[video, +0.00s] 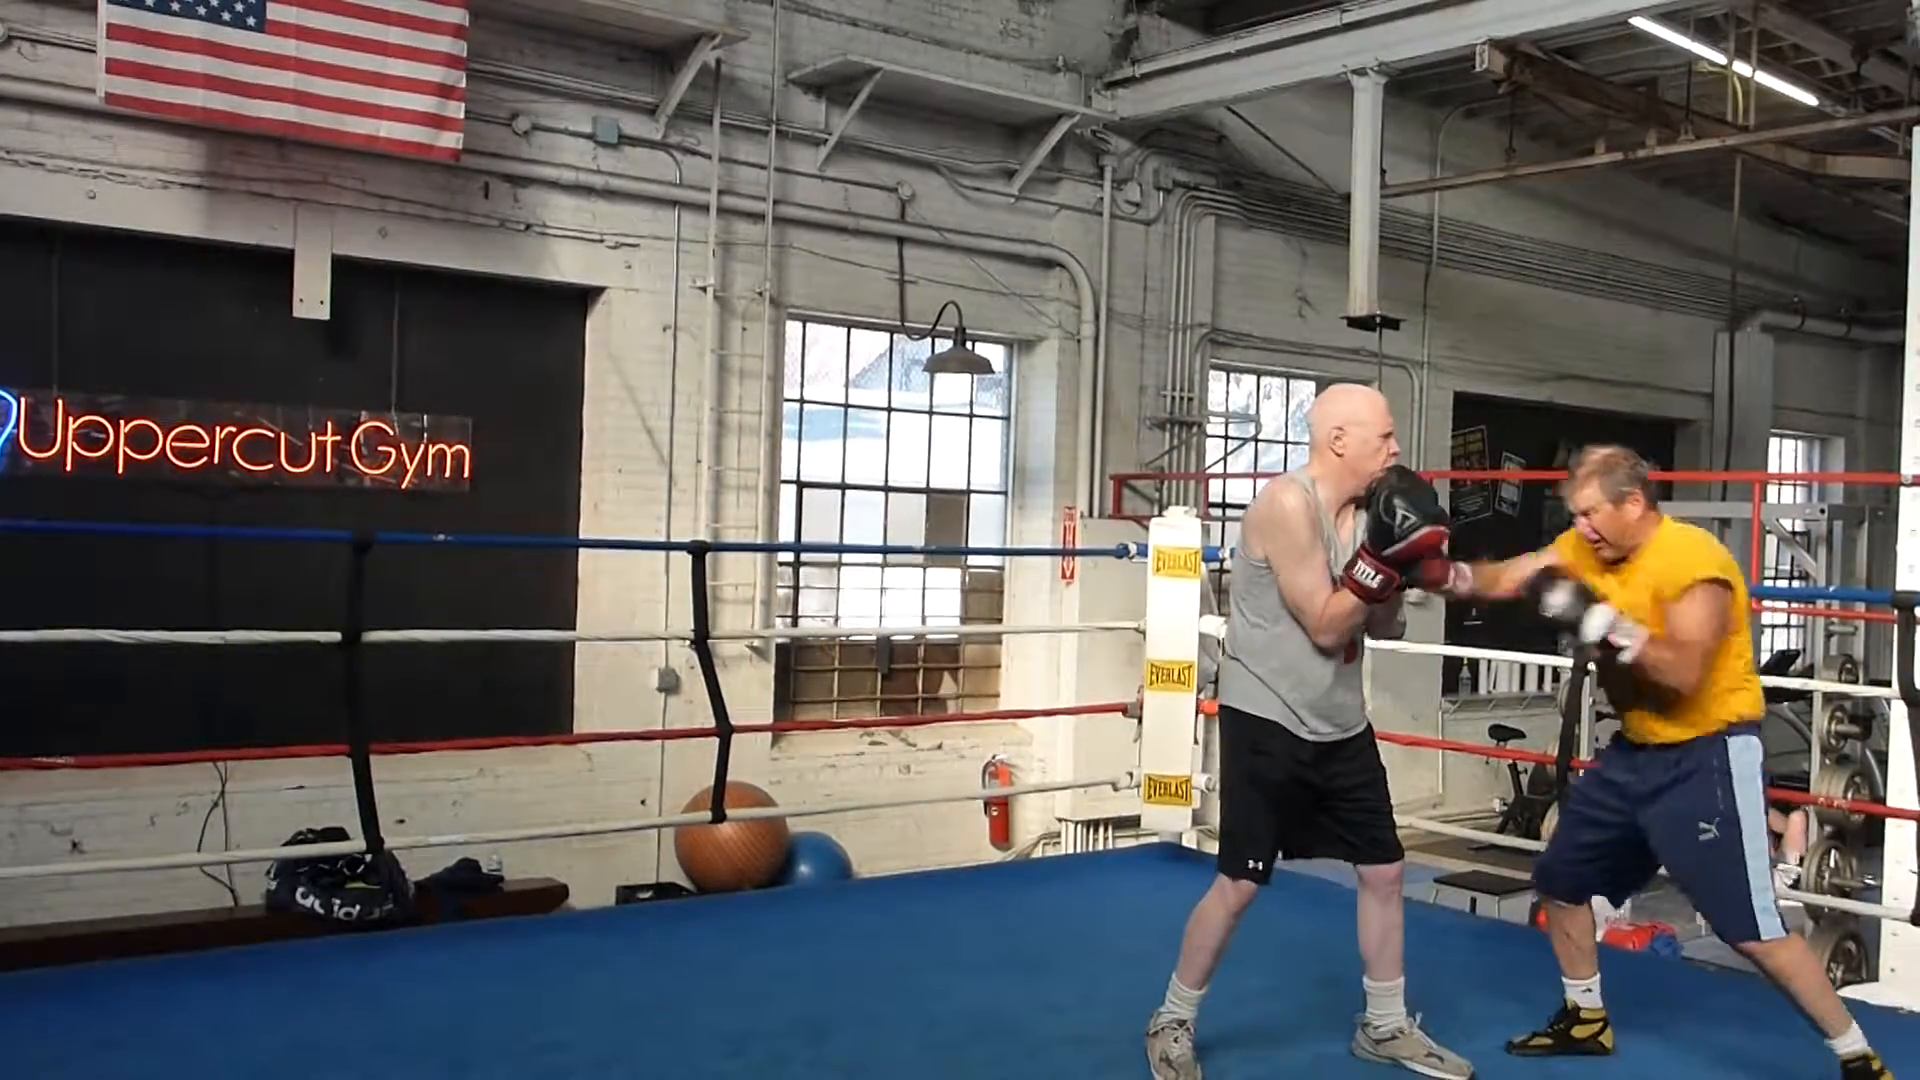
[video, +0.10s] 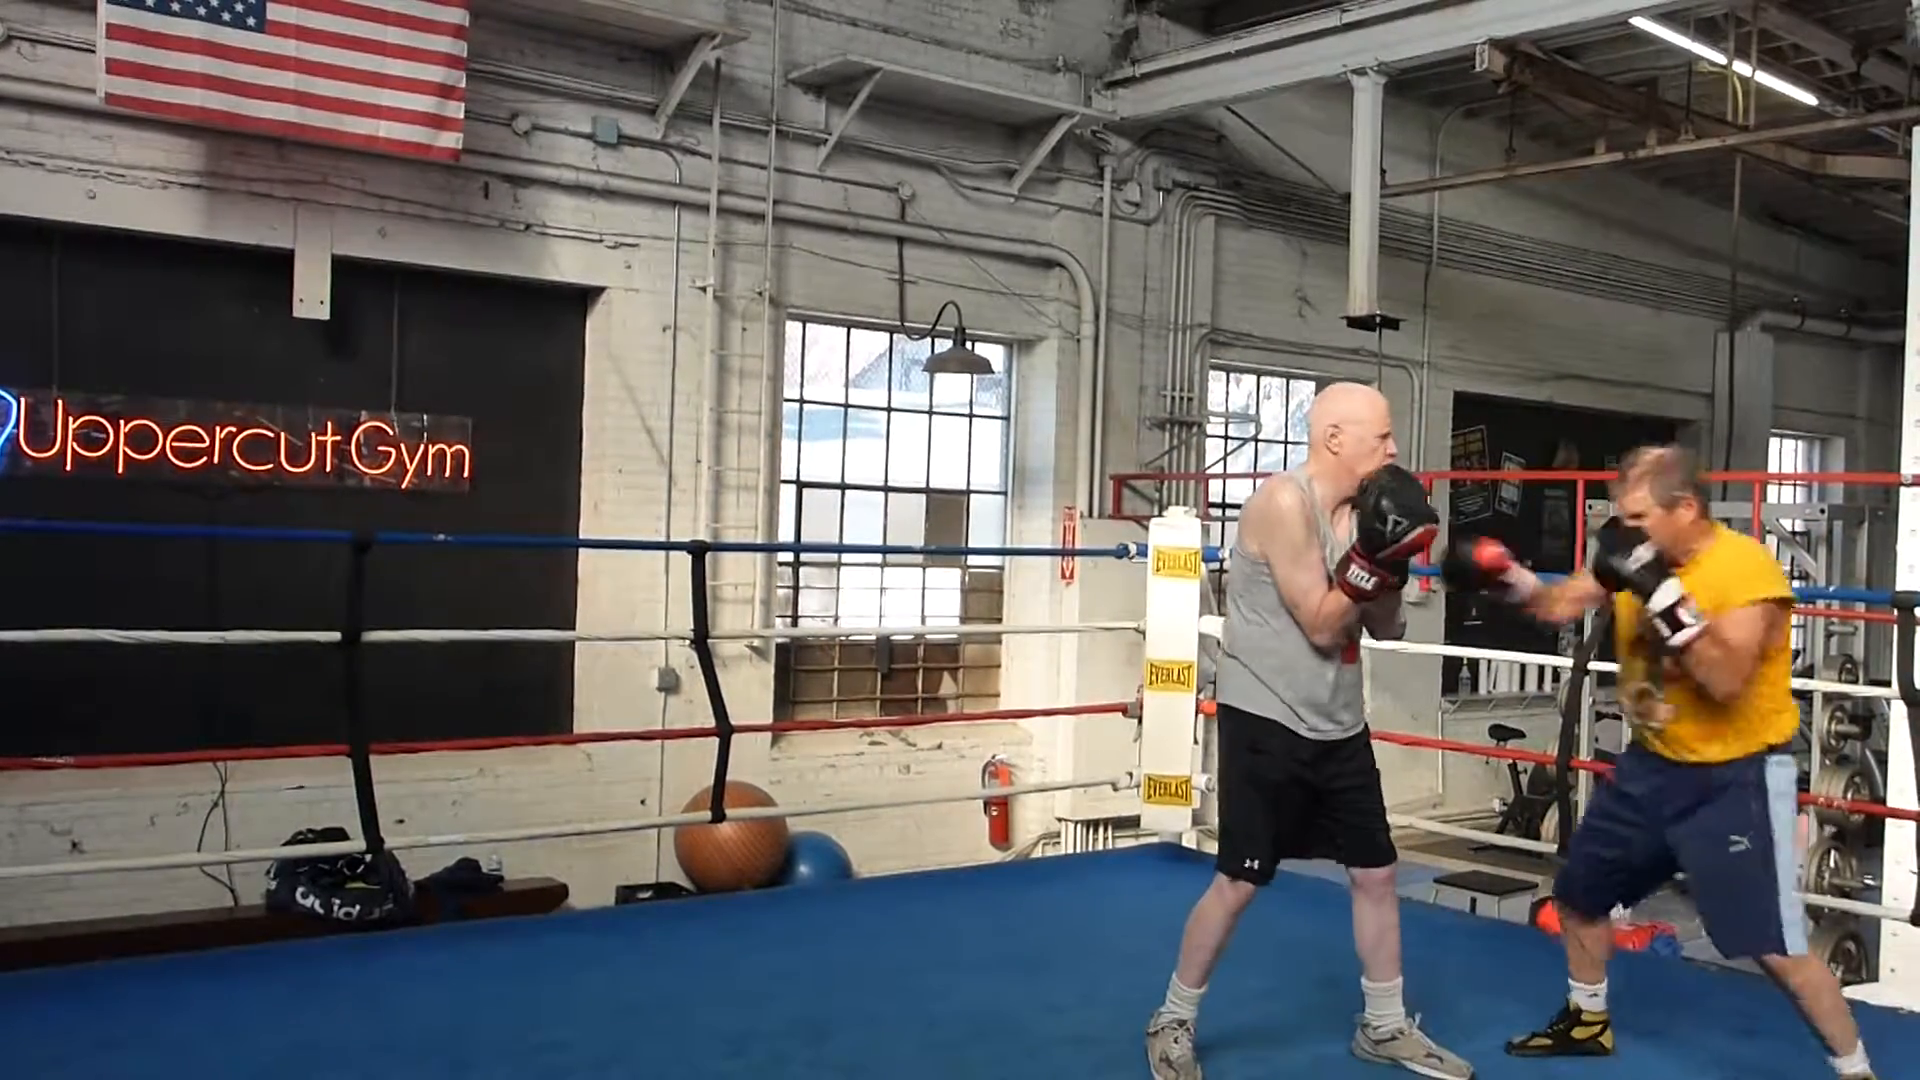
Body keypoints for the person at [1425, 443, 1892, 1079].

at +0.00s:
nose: (1583, 528)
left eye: (1592, 514)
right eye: (1577, 517)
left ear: (1636, 502)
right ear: (1580, 514)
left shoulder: (1693, 556)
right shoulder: (1585, 550)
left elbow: (1685, 670)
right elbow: (1505, 577)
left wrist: (1601, 620)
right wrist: (1438, 570)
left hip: (1712, 752)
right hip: (1636, 752)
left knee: (1752, 925)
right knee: (1562, 878)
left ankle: (1858, 1059)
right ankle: (1585, 1019)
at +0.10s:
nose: (1626, 531)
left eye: (1637, 517)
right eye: (1622, 518)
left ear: (1686, 508)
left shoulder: (1746, 566)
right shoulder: (1636, 557)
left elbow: (1726, 676)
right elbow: (1559, 603)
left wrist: (1656, 587)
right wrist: (1513, 578)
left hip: (1741, 776)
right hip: (1650, 768)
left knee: (1777, 945)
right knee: (1581, 889)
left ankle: (1856, 1070)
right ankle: (1586, 1021)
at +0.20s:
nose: (1680, 522)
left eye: (1691, 506)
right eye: (1675, 509)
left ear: (1742, 494)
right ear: (1674, 504)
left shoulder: (1797, 557)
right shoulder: (1698, 558)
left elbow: (1751, 660)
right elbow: (1653, 630)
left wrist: (1685, 578)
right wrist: (1608, 598)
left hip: (1786, 775)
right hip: (1694, 765)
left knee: (1817, 947)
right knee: (1629, 894)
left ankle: (1868, 1075)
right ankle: (1600, 1020)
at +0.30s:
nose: (1708, 504)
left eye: (1716, 487)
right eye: (1702, 490)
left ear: (1768, 474)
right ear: (1746, 480)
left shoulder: (1826, 534)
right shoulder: (1729, 540)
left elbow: (1752, 640)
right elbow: (1684, 625)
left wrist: (1686, 555)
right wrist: (1649, 568)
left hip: (1828, 760)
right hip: (1736, 749)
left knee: (1843, 950)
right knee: (1664, 883)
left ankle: (1879, 1074)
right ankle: (1698, 1048)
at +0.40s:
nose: (1721, 485)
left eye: (1729, 468)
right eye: (1716, 472)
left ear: (1780, 453)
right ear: (1771, 460)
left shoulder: (1844, 519)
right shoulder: (1748, 525)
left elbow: (1783, 640)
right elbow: (1743, 623)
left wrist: (1708, 558)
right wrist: (1699, 565)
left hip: (1857, 739)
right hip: (1770, 734)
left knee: (1856, 937)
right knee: (1718, 904)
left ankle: (1914, 1067)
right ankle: (1777, 1067)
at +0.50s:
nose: (1738, 503)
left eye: (1745, 484)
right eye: (1733, 488)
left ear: (1798, 469)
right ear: (1787, 474)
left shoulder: (1869, 534)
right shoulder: (1766, 543)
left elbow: (1811, 665)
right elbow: (1772, 647)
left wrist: (1732, 580)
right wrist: (1714, 584)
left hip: (1883, 763)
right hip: (1795, 759)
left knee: (1894, 956)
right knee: (1756, 939)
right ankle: (1806, 1076)